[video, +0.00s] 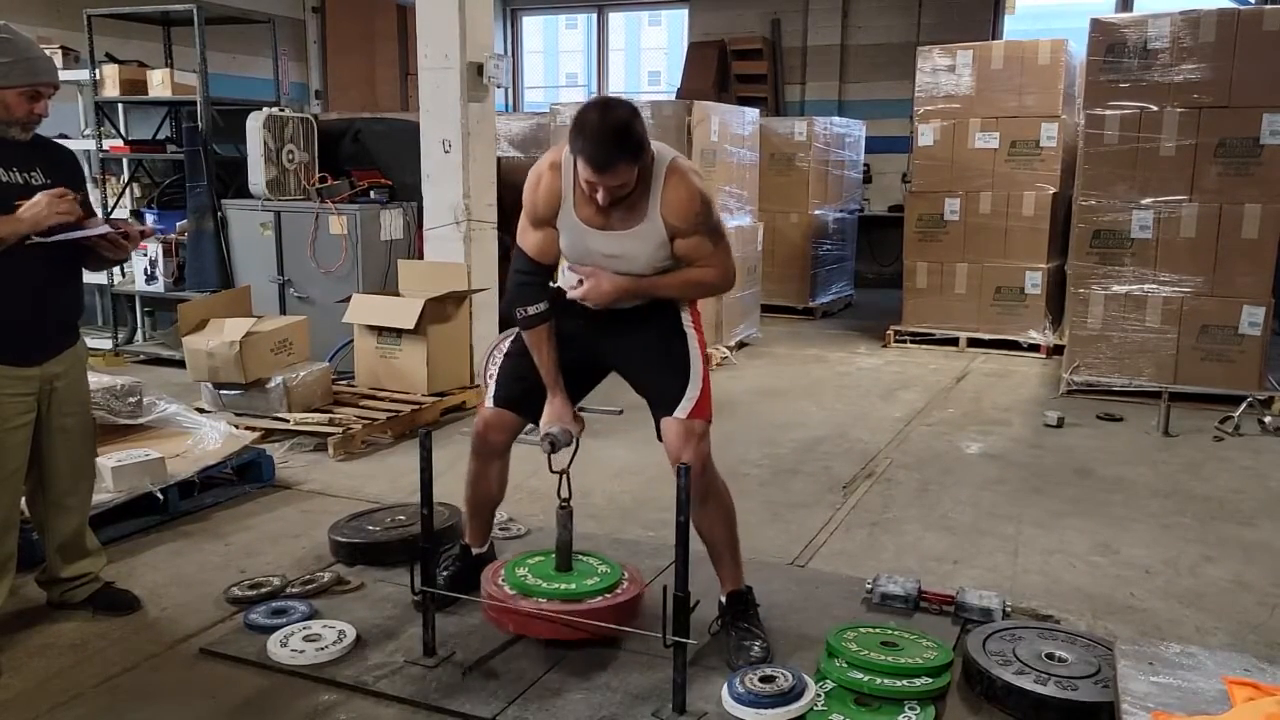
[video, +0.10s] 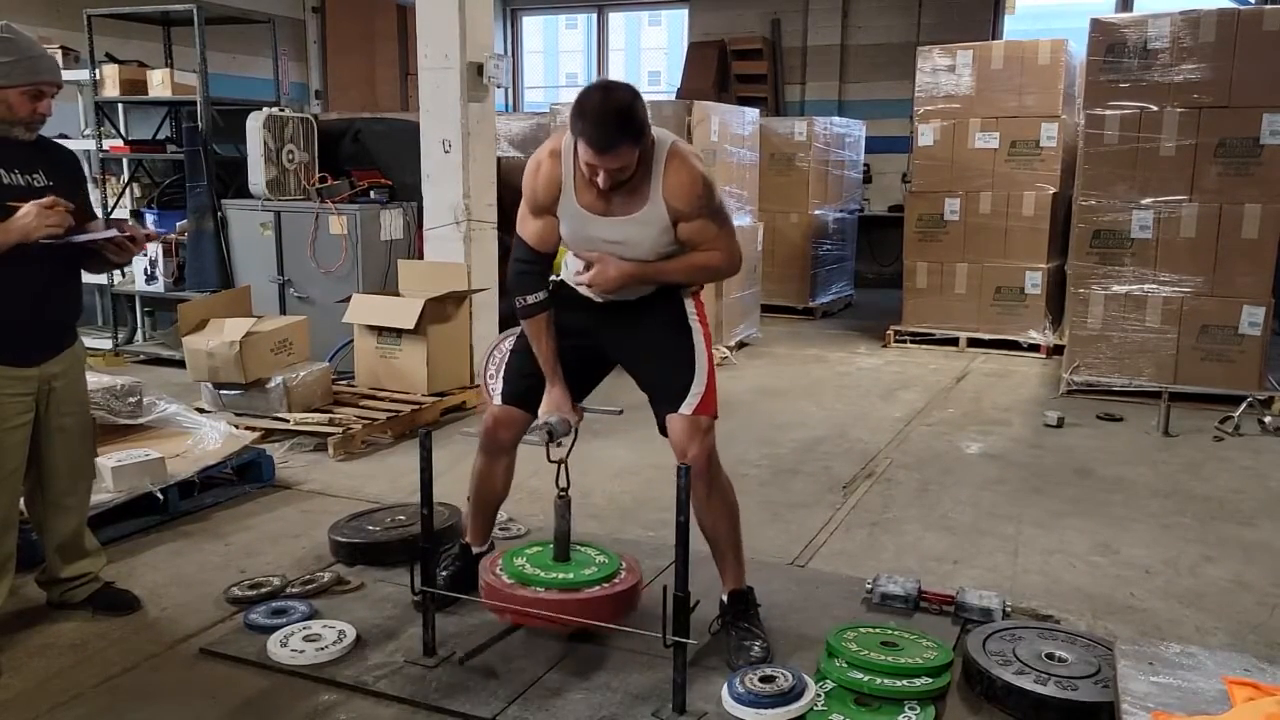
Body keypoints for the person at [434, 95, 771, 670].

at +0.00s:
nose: (603, 200)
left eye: (618, 190)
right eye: (591, 188)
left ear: (643, 161)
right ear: (572, 157)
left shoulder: (678, 190)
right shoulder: (547, 180)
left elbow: (720, 274)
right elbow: (528, 287)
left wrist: (629, 287)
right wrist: (554, 391)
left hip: (657, 320)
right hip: (568, 313)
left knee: (692, 459)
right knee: (489, 431)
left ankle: (737, 606)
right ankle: (474, 555)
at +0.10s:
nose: (603, 182)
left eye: (617, 173)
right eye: (592, 170)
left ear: (643, 144)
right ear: (573, 142)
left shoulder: (678, 175)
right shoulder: (546, 169)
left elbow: (726, 258)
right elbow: (527, 275)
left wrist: (639, 273)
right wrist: (552, 381)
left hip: (660, 310)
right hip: (570, 303)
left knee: (697, 452)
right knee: (498, 428)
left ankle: (738, 604)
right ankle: (470, 557)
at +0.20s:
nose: (604, 167)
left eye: (619, 157)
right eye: (593, 154)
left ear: (644, 129)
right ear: (573, 125)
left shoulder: (680, 160)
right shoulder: (548, 155)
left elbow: (730, 243)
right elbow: (528, 264)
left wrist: (645, 260)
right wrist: (553, 369)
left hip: (661, 302)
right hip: (571, 296)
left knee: (700, 449)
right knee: (502, 423)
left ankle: (738, 602)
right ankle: (469, 555)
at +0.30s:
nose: (609, 147)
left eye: (625, 137)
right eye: (598, 133)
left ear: (649, 110)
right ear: (579, 105)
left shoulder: (685, 146)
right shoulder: (551, 139)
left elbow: (731, 231)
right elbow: (528, 248)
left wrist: (647, 248)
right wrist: (554, 356)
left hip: (659, 298)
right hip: (567, 292)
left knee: (701, 445)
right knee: (504, 420)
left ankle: (739, 600)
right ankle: (468, 552)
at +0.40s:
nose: (615, 133)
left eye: (631, 123)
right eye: (604, 119)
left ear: (657, 98)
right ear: (586, 91)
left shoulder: (692, 136)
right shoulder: (557, 127)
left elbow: (732, 227)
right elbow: (529, 238)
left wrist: (644, 239)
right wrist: (554, 345)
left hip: (659, 297)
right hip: (566, 292)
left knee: (700, 441)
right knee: (505, 422)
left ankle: (739, 600)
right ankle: (469, 549)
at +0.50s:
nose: (617, 132)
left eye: (632, 122)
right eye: (606, 118)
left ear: (658, 97)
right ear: (588, 91)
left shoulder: (694, 138)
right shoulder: (557, 128)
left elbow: (731, 231)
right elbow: (530, 240)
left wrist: (642, 241)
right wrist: (555, 347)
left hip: (662, 296)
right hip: (569, 291)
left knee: (704, 441)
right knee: (505, 420)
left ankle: (739, 599)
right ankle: (470, 549)